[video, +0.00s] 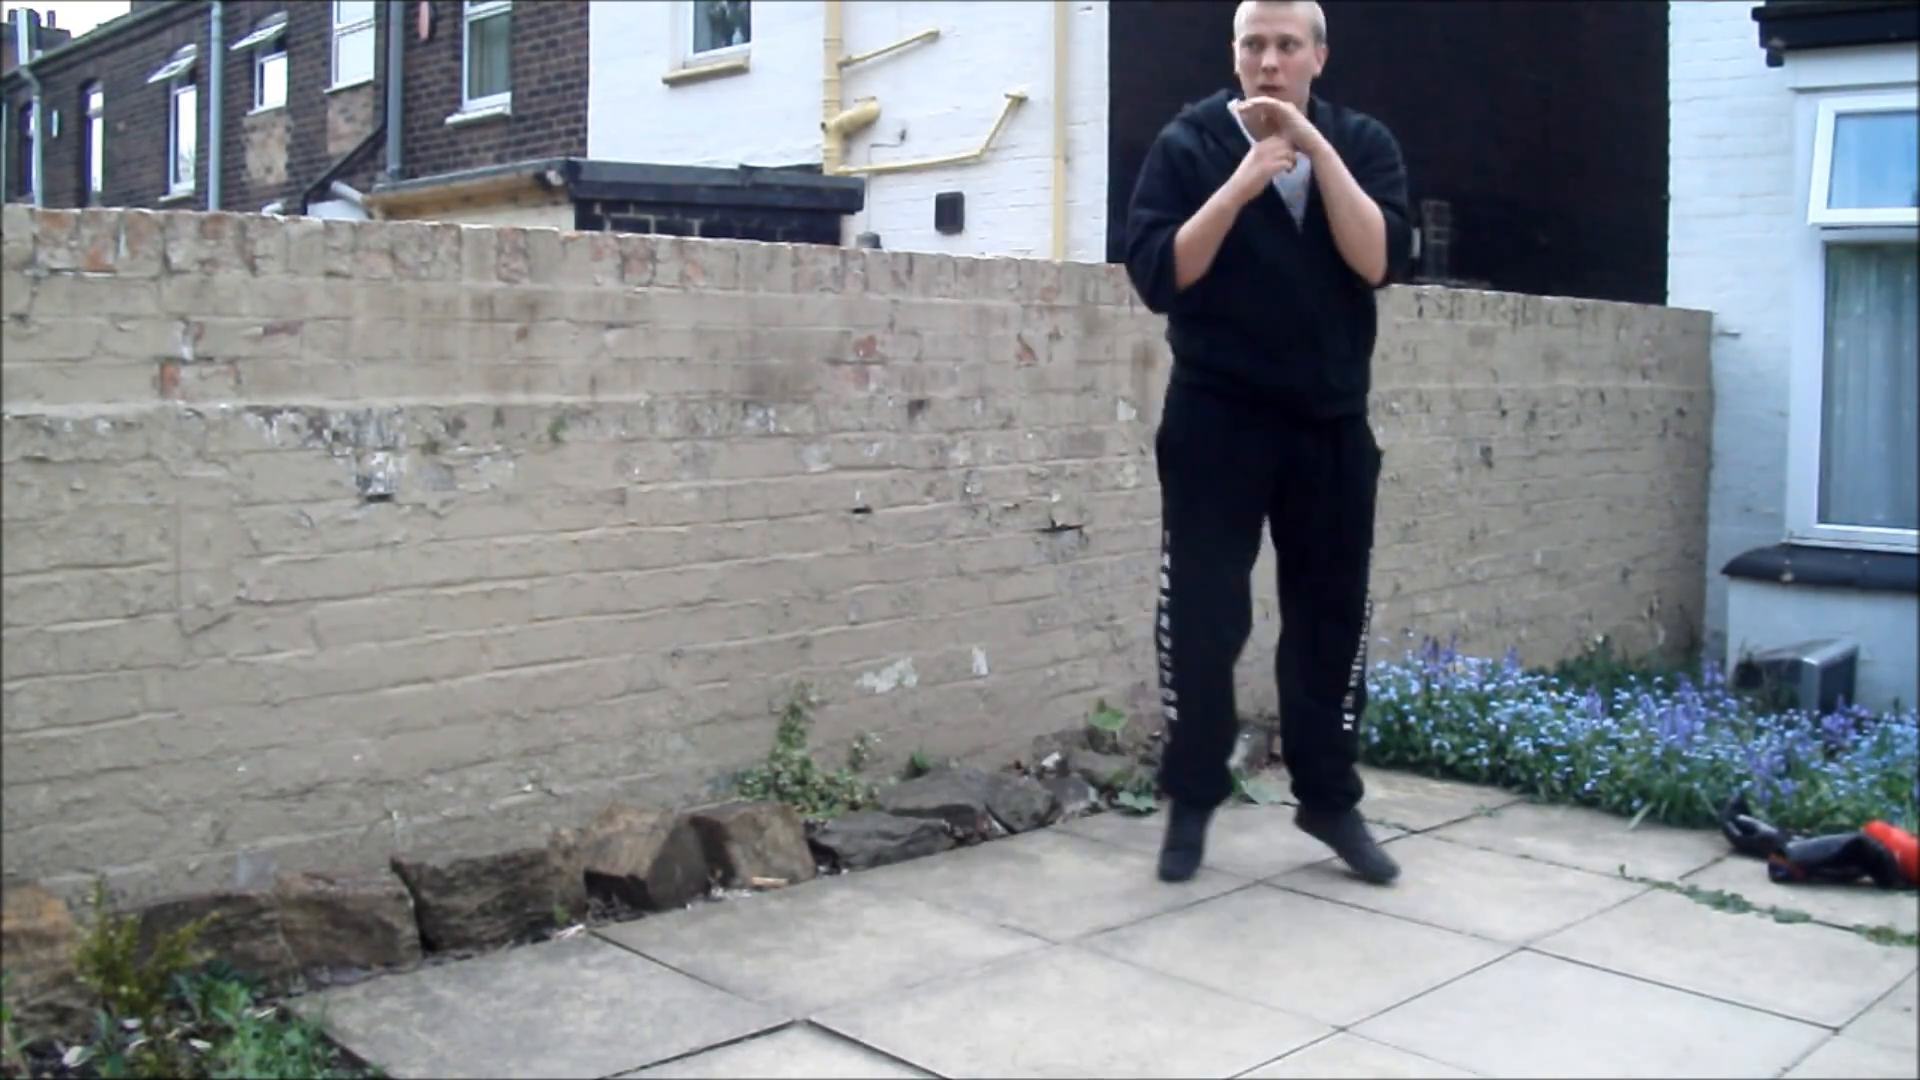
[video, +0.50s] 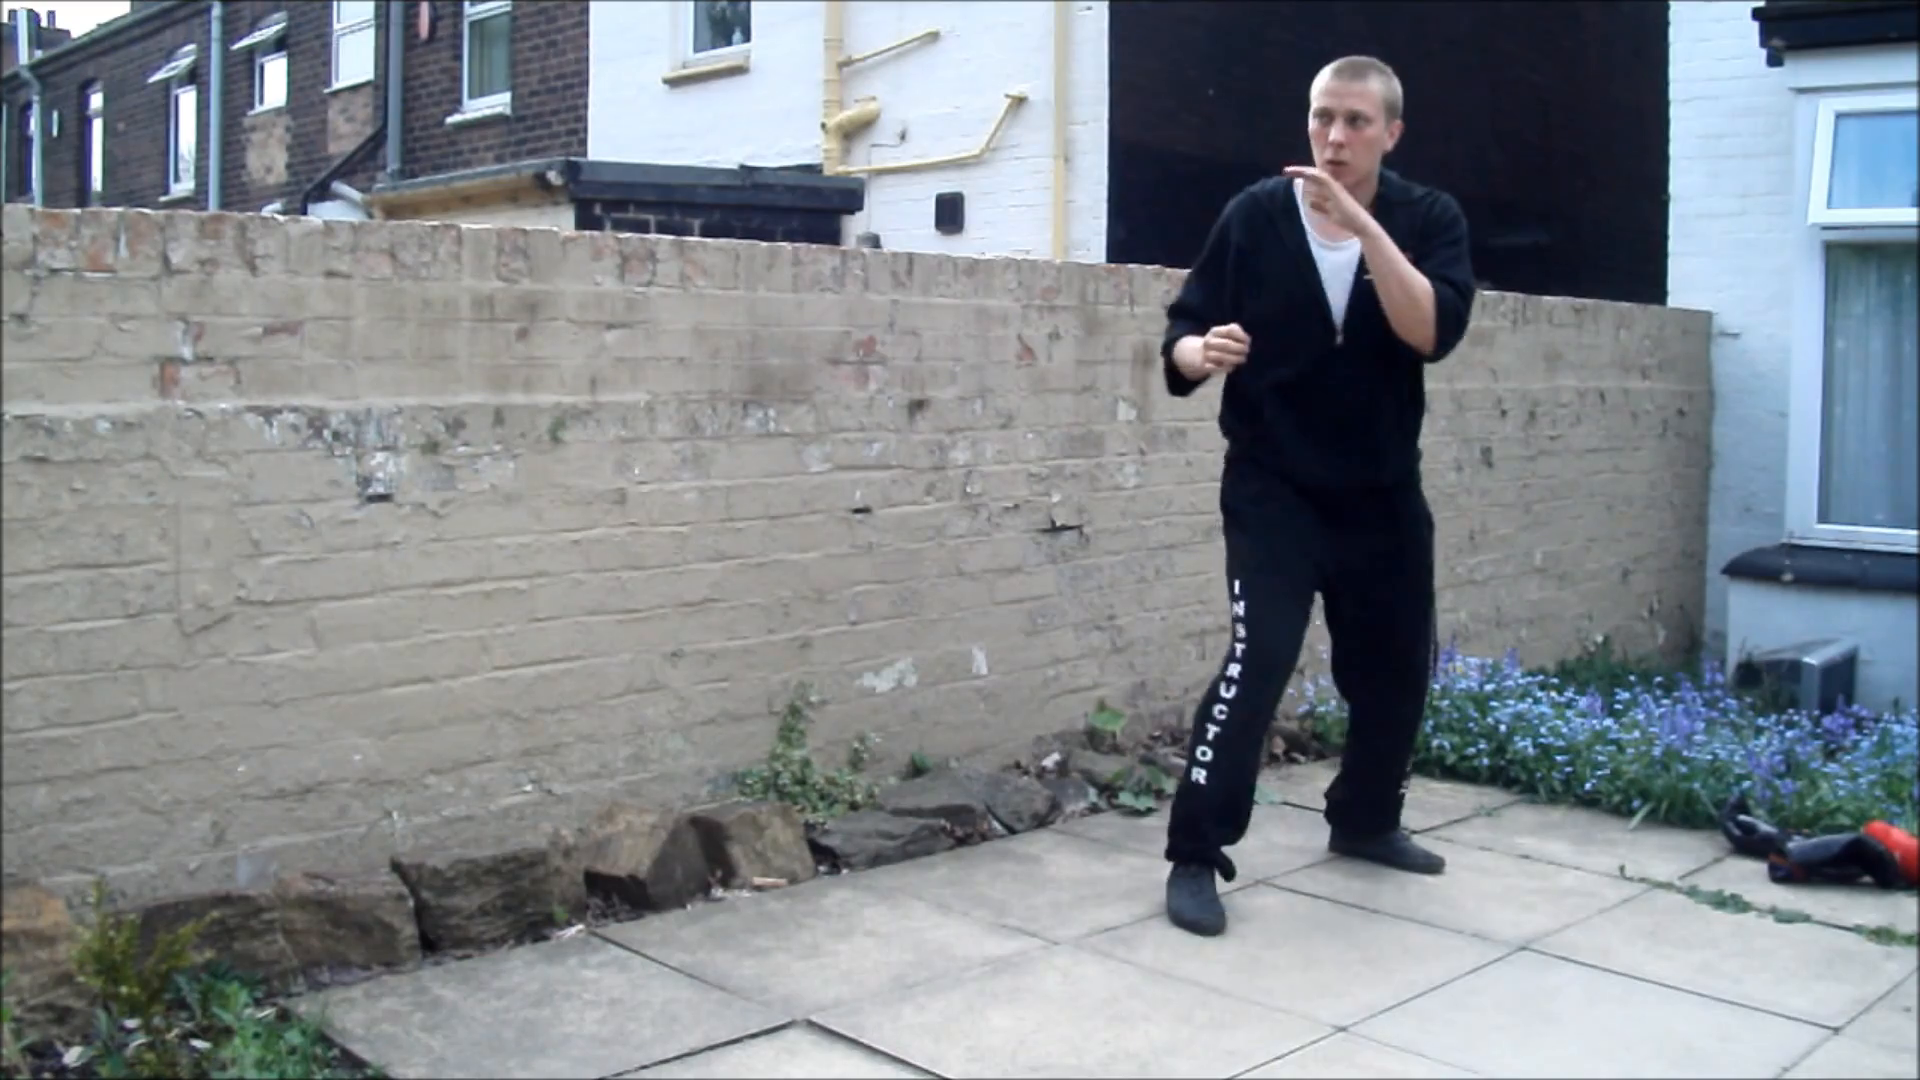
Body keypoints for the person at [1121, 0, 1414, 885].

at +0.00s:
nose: (1269, 61)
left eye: (1287, 45)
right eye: (1254, 44)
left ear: (1320, 55)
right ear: (1235, 54)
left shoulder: (1363, 145)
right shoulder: (1190, 143)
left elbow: (1381, 264)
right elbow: (1154, 275)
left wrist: (1317, 151)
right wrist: (1240, 184)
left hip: (1330, 422)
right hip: (1215, 420)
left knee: (1328, 622)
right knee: (1206, 620)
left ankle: (1330, 803)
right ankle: (1190, 800)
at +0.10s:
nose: (1273, 108)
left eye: (1291, 93)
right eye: (1259, 94)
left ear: (1327, 102)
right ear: (1242, 104)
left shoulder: (1378, 196)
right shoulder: (1205, 197)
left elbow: (1379, 315)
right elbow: (1157, 327)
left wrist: (1322, 197)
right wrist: (1243, 216)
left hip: (1349, 469)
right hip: (1234, 466)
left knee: (1356, 652)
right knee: (1237, 654)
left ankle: (1365, 817)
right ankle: (1229, 817)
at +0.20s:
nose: (1283, 137)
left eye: (1300, 120)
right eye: (1270, 122)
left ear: (1340, 125)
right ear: (1257, 127)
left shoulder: (1399, 210)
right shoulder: (1226, 220)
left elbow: (1393, 349)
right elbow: (1183, 369)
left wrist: (1321, 244)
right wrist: (1223, 303)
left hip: (1369, 489)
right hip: (1252, 488)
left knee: (1377, 668)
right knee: (1216, 657)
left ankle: (1365, 821)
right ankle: (1227, 804)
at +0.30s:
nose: (1313, 127)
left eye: (1332, 112)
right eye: (1300, 110)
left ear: (1368, 118)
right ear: (1282, 115)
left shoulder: (1412, 196)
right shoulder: (1241, 205)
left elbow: (1395, 315)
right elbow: (1211, 358)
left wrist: (1325, 208)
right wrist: (1227, 337)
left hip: (1378, 478)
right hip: (1262, 472)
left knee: (1378, 660)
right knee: (1229, 647)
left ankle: (1364, 821)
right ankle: (1207, 818)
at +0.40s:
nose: (1324, 127)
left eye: (1344, 112)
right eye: (1312, 110)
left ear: (1381, 121)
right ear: (1294, 116)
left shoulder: (1424, 197)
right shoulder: (1254, 201)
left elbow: (1404, 304)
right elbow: (1206, 329)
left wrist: (1331, 199)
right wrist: (1214, 349)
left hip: (1381, 475)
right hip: (1268, 469)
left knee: (1380, 660)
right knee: (1242, 651)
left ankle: (1364, 821)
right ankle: (1192, 850)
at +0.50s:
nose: (1334, 136)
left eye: (1355, 121)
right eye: (1324, 118)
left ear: (1393, 134)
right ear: (1305, 126)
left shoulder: (1429, 219)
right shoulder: (1255, 215)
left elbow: (1434, 331)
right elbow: (1181, 348)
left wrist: (1363, 226)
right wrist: (1197, 353)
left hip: (1382, 488)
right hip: (1272, 483)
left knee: (1396, 671)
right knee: (1262, 657)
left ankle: (1365, 823)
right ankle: (1195, 857)